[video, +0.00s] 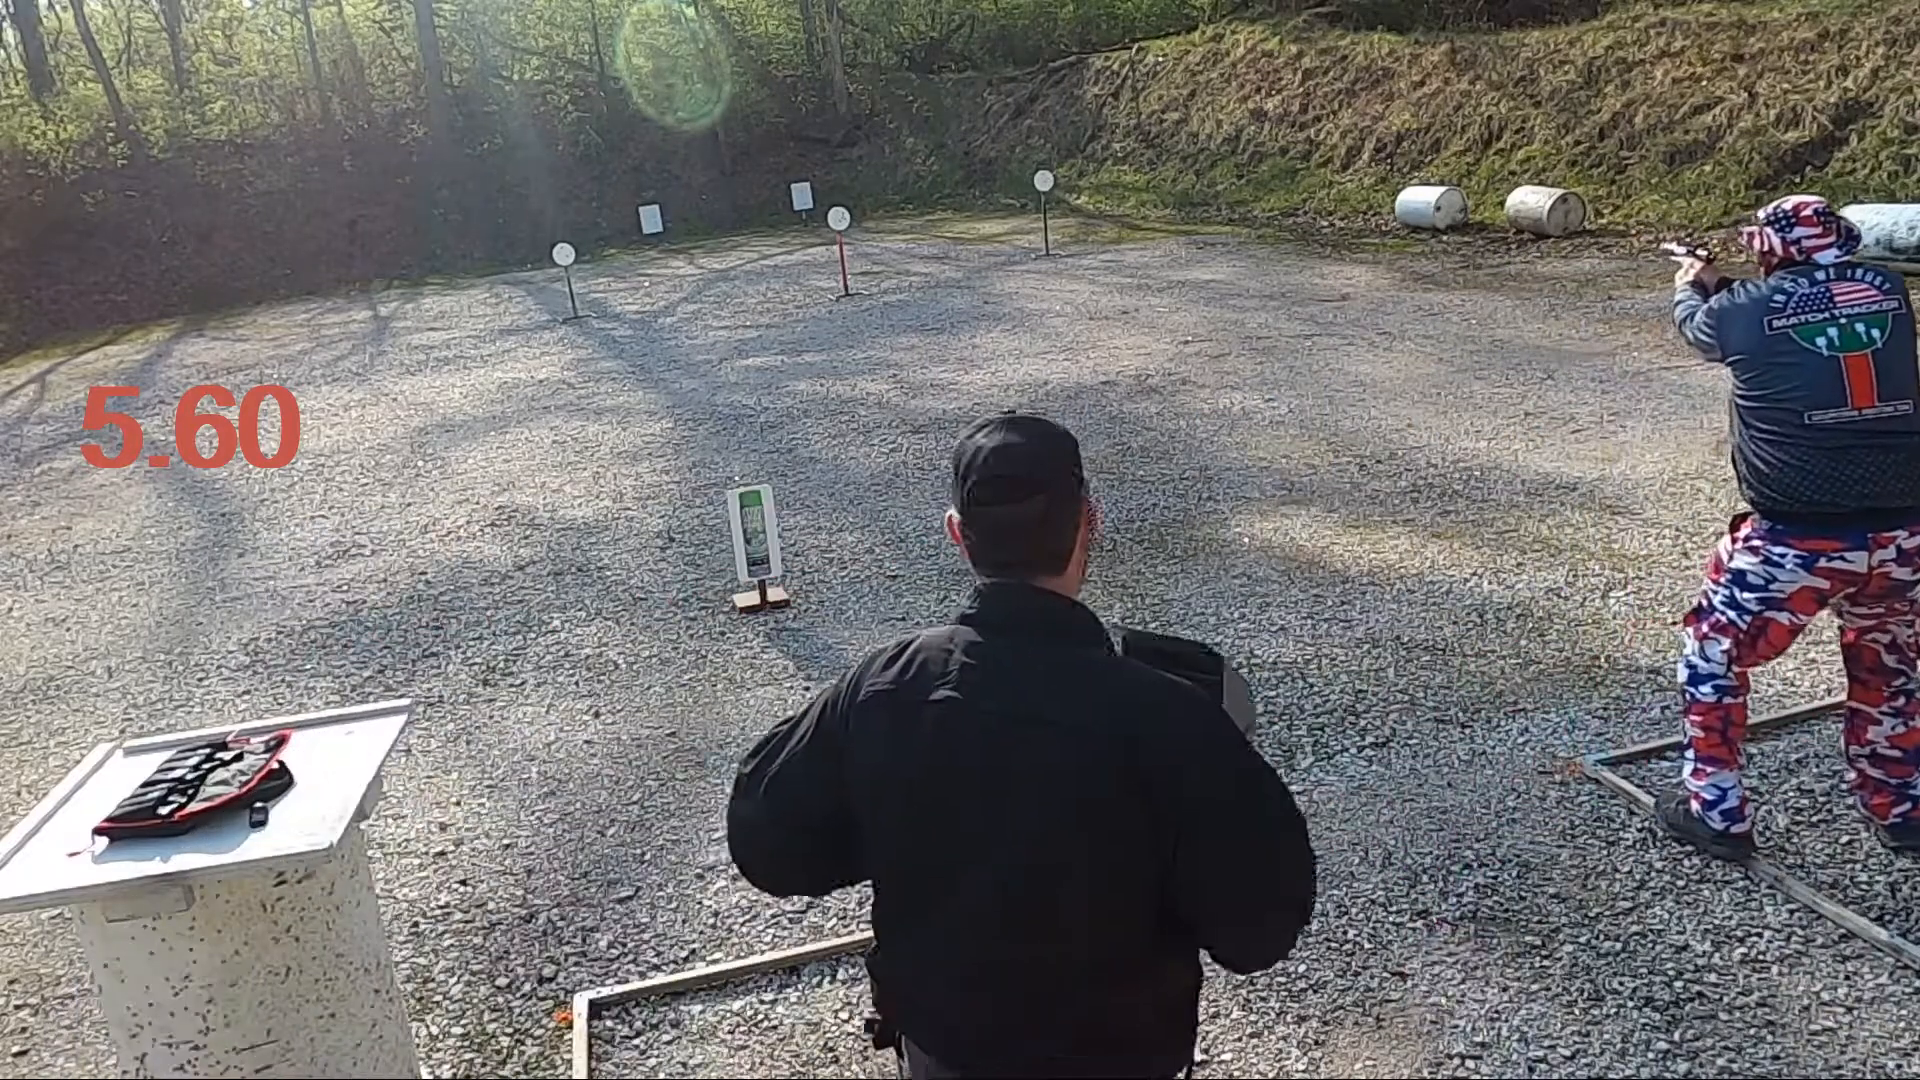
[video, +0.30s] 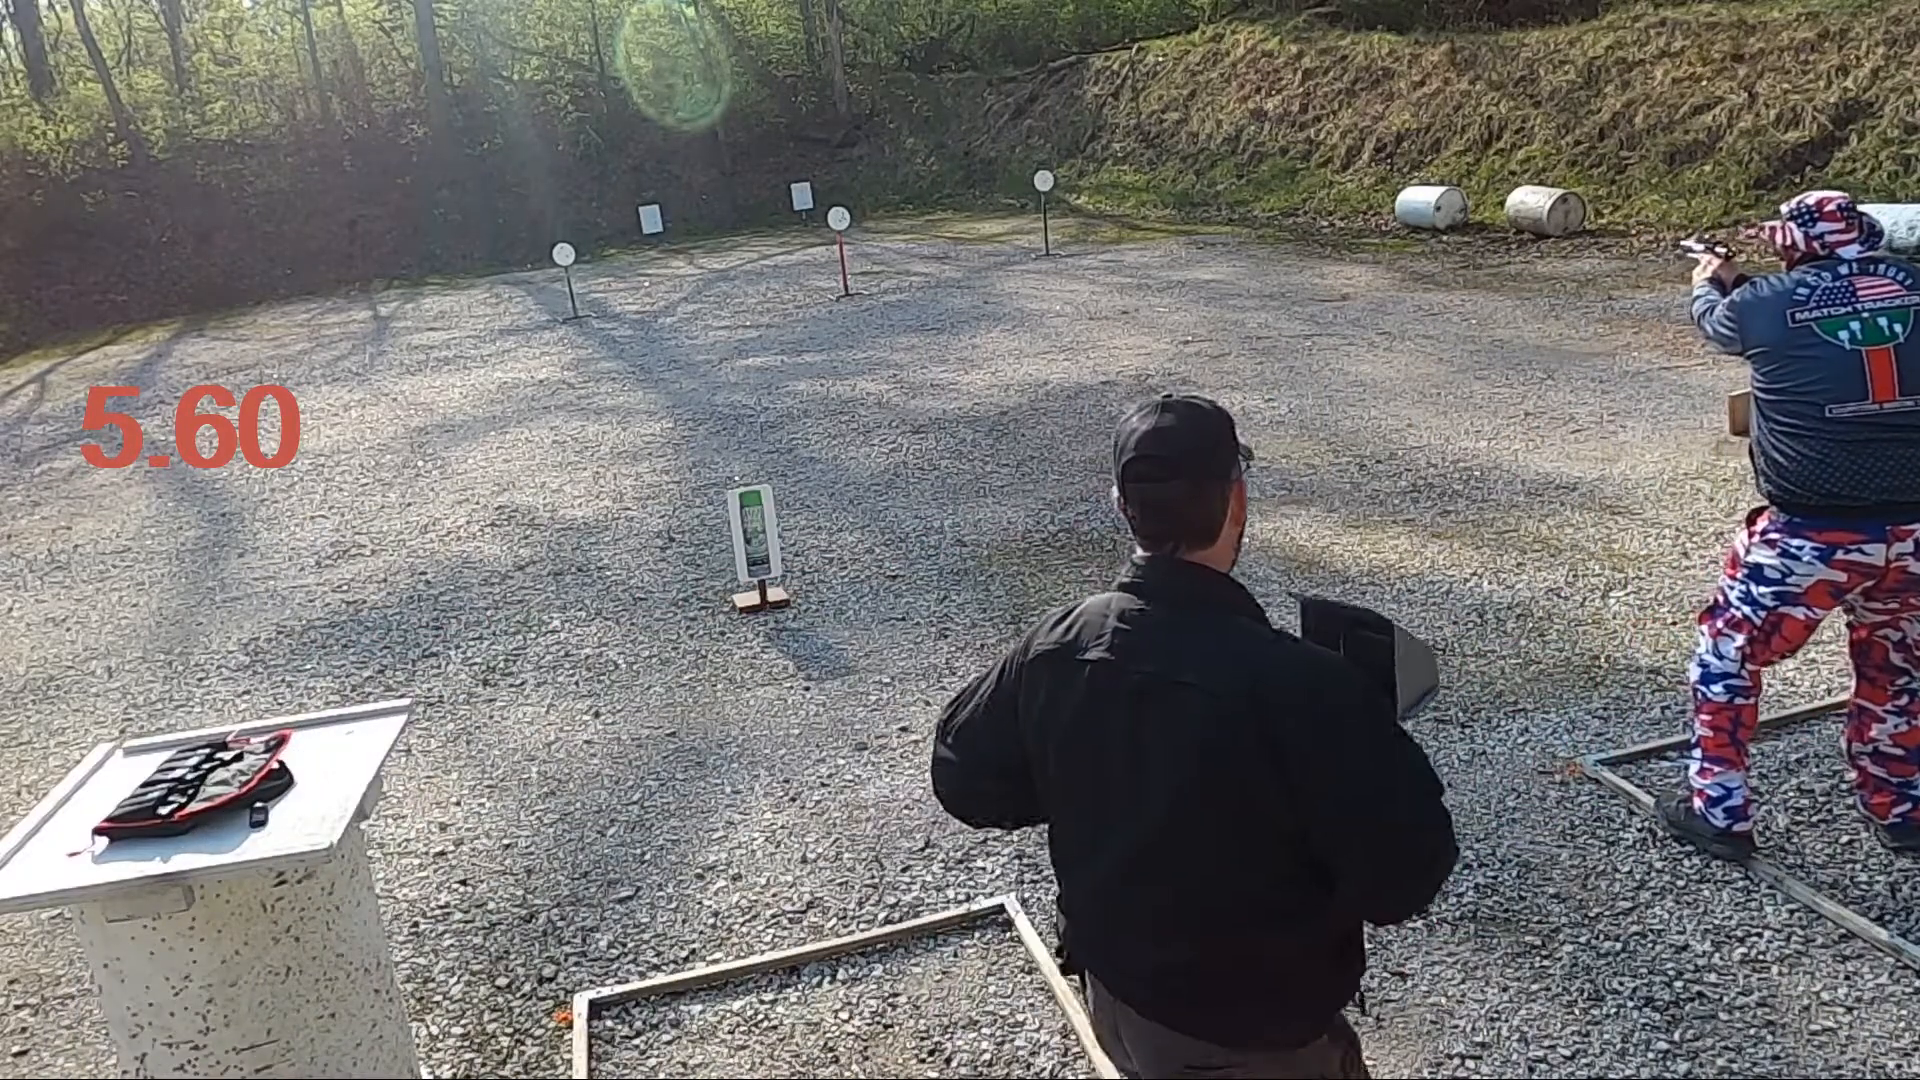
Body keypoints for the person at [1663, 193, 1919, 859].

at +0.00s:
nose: (1760, 255)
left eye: (1764, 248)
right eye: (1762, 245)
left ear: (1775, 256)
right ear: (1840, 244)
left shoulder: (1746, 310)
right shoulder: (1889, 293)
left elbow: (1693, 321)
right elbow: (1818, 298)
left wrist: (1689, 277)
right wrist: (1745, 277)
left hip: (1796, 541)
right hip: (1903, 536)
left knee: (1712, 648)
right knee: (1891, 676)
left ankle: (1716, 811)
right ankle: (1901, 811)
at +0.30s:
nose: (1789, 252)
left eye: (1790, 243)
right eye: (1785, 241)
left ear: (1798, 250)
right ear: (1865, 239)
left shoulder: (1765, 302)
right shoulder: (1909, 291)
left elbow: (1708, 316)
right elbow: (1864, 281)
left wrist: (1711, 277)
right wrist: (1804, 254)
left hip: (1809, 535)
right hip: (1911, 533)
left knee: (1726, 651)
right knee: (1896, 675)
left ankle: (1718, 812)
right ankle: (1902, 810)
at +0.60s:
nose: (1788, 246)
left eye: (1791, 237)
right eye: (1785, 237)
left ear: (1805, 244)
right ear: (1867, 234)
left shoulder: (1772, 298)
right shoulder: (1910, 287)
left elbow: (1712, 315)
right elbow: (1866, 270)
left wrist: (1710, 276)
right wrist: (1806, 249)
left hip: (1812, 532)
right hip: (1912, 530)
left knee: (1731, 648)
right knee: (1897, 674)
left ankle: (1720, 812)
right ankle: (1903, 811)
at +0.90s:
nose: (1793, 247)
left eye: (1795, 238)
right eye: (1789, 237)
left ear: (1806, 244)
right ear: (1870, 233)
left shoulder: (1774, 297)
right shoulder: (1912, 285)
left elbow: (1715, 313)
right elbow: (1870, 272)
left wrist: (1713, 275)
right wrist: (1809, 249)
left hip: (1814, 530)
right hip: (1913, 529)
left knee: (1727, 656)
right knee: (1897, 678)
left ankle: (1719, 810)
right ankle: (1903, 810)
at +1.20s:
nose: (1793, 249)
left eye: (1796, 240)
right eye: (1792, 240)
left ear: (1805, 245)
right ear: (1870, 231)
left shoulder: (1773, 297)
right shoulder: (1909, 282)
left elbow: (1714, 309)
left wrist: (1715, 270)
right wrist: (1809, 252)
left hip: (1814, 534)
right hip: (1911, 531)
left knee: (1733, 643)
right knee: (1895, 676)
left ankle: (1723, 805)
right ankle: (1902, 812)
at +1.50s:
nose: (1787, 252)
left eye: (1791, 243)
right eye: (1787, 244)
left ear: (1806, 244)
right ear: (1869, 234)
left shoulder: (1778, 294)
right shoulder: (1909, 283)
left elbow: (1715, 313)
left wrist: (1697, 278)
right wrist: (1741, 276)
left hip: (1819, 532)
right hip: (1911, 528)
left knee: (1767, 651)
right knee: (1896, 677)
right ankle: (1902, 813)